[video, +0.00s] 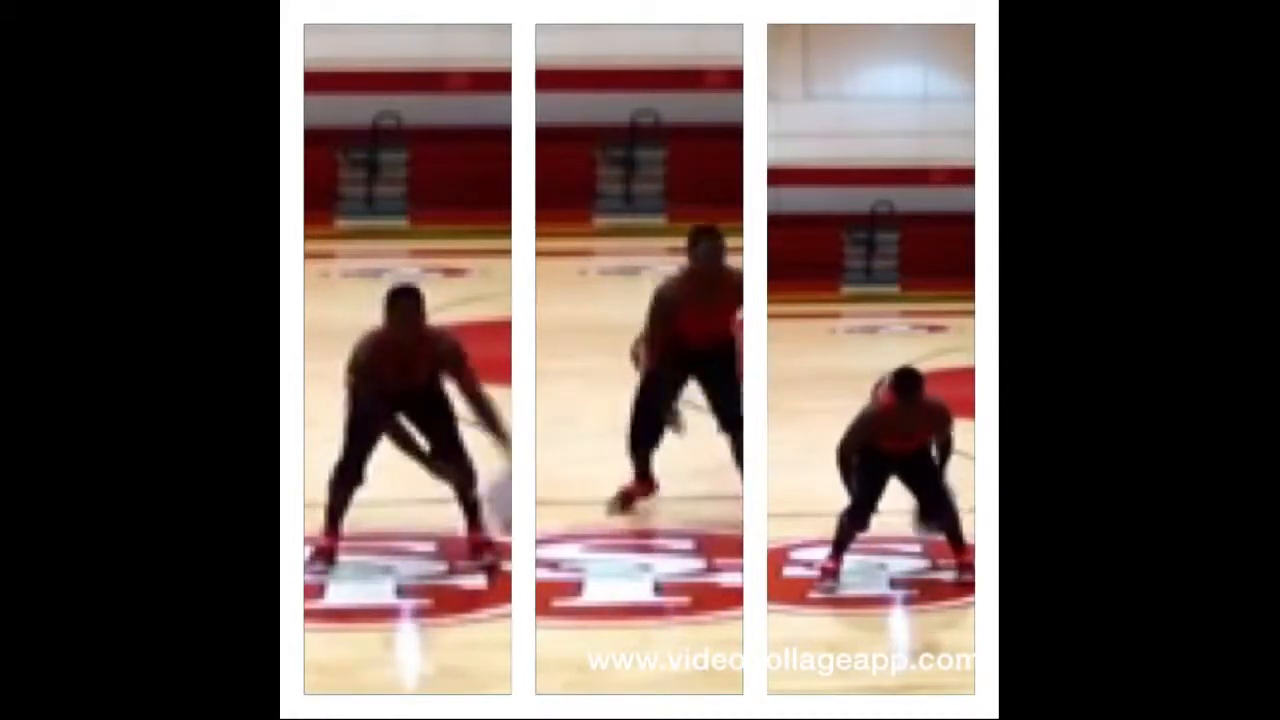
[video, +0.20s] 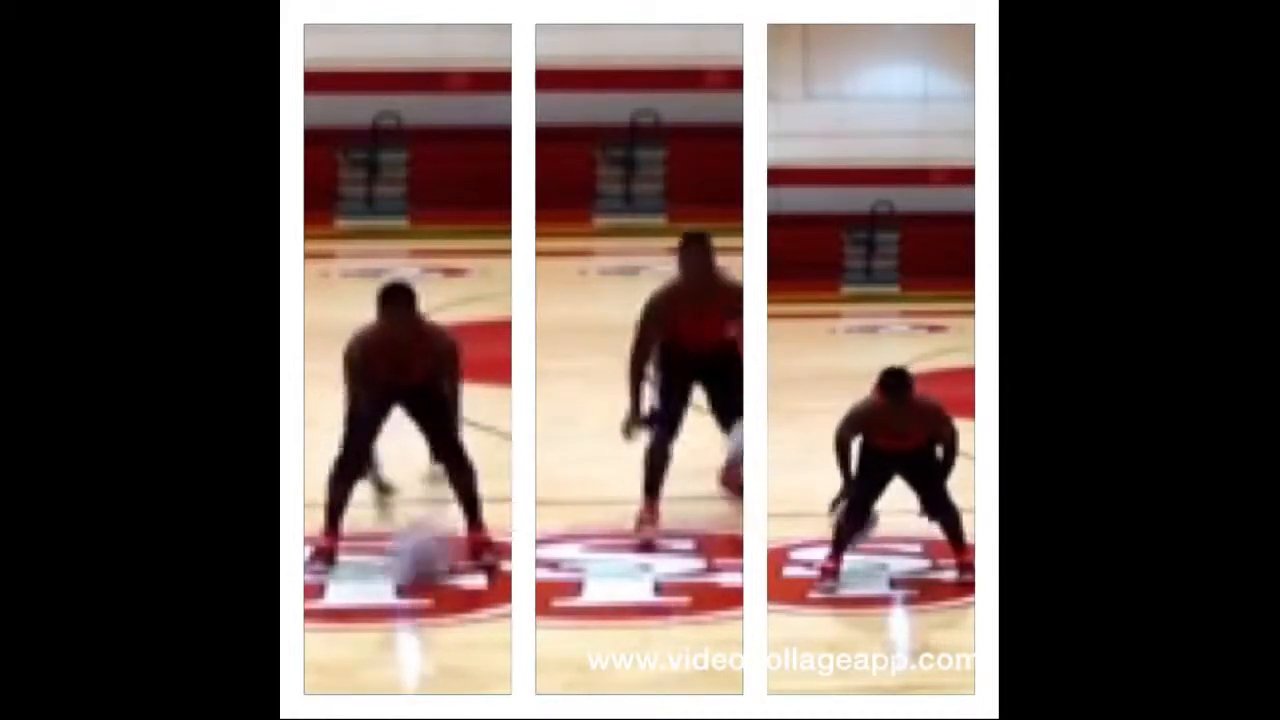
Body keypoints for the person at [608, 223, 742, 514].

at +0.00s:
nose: (710, 261)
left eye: (715, 253)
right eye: (703, 254)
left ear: (723, 253)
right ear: (691, 255)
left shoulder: (735, 285)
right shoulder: (671, 293)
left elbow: (752, 323)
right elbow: (653, 352)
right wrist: (666, 404)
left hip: (717, 354)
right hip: (673, 355)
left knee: (736, 418)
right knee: (646, 412)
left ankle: (754, 483)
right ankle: (643, 479)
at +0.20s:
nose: (696, 271)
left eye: (702, 262)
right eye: (690, 263)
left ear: (712, 261)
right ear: (680, 263)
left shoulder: (732, 297)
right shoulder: (664, 303)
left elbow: (752, 347)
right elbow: (639, 355)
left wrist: (752, 396)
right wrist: (635, 407)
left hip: (721, 363)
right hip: (676, 365)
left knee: (741, 428)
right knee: (662, 434)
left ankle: (733, 474)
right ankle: (650, 506)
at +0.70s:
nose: (690, 269)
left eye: (697, 261)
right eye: (685, 261)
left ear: (708, 264)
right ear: (677, 263)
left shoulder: (727, 307)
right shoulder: (657, 305)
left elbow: (739, 363)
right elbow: (656, 366)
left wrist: (739, 412)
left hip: (710, 373)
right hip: (666, 371)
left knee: (726, 437)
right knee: (622, 428)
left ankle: (751, 508)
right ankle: (648, 497)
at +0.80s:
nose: (696, 266)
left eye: (703, 258)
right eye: (690, 258)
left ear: (713, 260)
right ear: (680, 260)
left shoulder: (728, 297)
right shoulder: (661, 301)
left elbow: (746, 347)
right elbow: (656, 364)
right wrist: (678, 407)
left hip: (709, 367)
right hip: (665, 367)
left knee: (726, 438)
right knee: (629, 434)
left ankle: (749, 506)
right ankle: (648, 497)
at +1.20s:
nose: (707, 316)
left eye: (712, 307)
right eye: (699, 309)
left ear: (719, 303)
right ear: (688, 306)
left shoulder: (736, 325)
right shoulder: (671, 329)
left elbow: (753, 360)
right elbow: (652, 368)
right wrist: (656, 418)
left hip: (724, 380)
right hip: (684, 381)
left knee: (758, 428)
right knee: (670, 437)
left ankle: (738, 477)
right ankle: (658, 512)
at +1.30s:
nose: (703, 324)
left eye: (708, 316)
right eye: (697, 317)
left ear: (717, 310)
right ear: (686, 312)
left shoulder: (734, 330)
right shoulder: (668, 335)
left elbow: (751, 369)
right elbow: (656, 378)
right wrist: (663, 416)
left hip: (727, 384)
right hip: (689, 385)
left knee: (759, 429)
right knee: (674, 444)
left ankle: (732, 467)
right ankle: (658, 514)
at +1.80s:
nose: (717, 286)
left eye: (723, 279)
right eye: (711, 279)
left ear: (731, 279)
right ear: (702, 277)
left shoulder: (741, 311)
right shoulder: (678, 312)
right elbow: (665, 357)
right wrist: (667, 388)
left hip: (733, 375)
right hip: (691, 372)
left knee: (748, 436)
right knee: (649, 428)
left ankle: (757, 496)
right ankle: (680, 485)